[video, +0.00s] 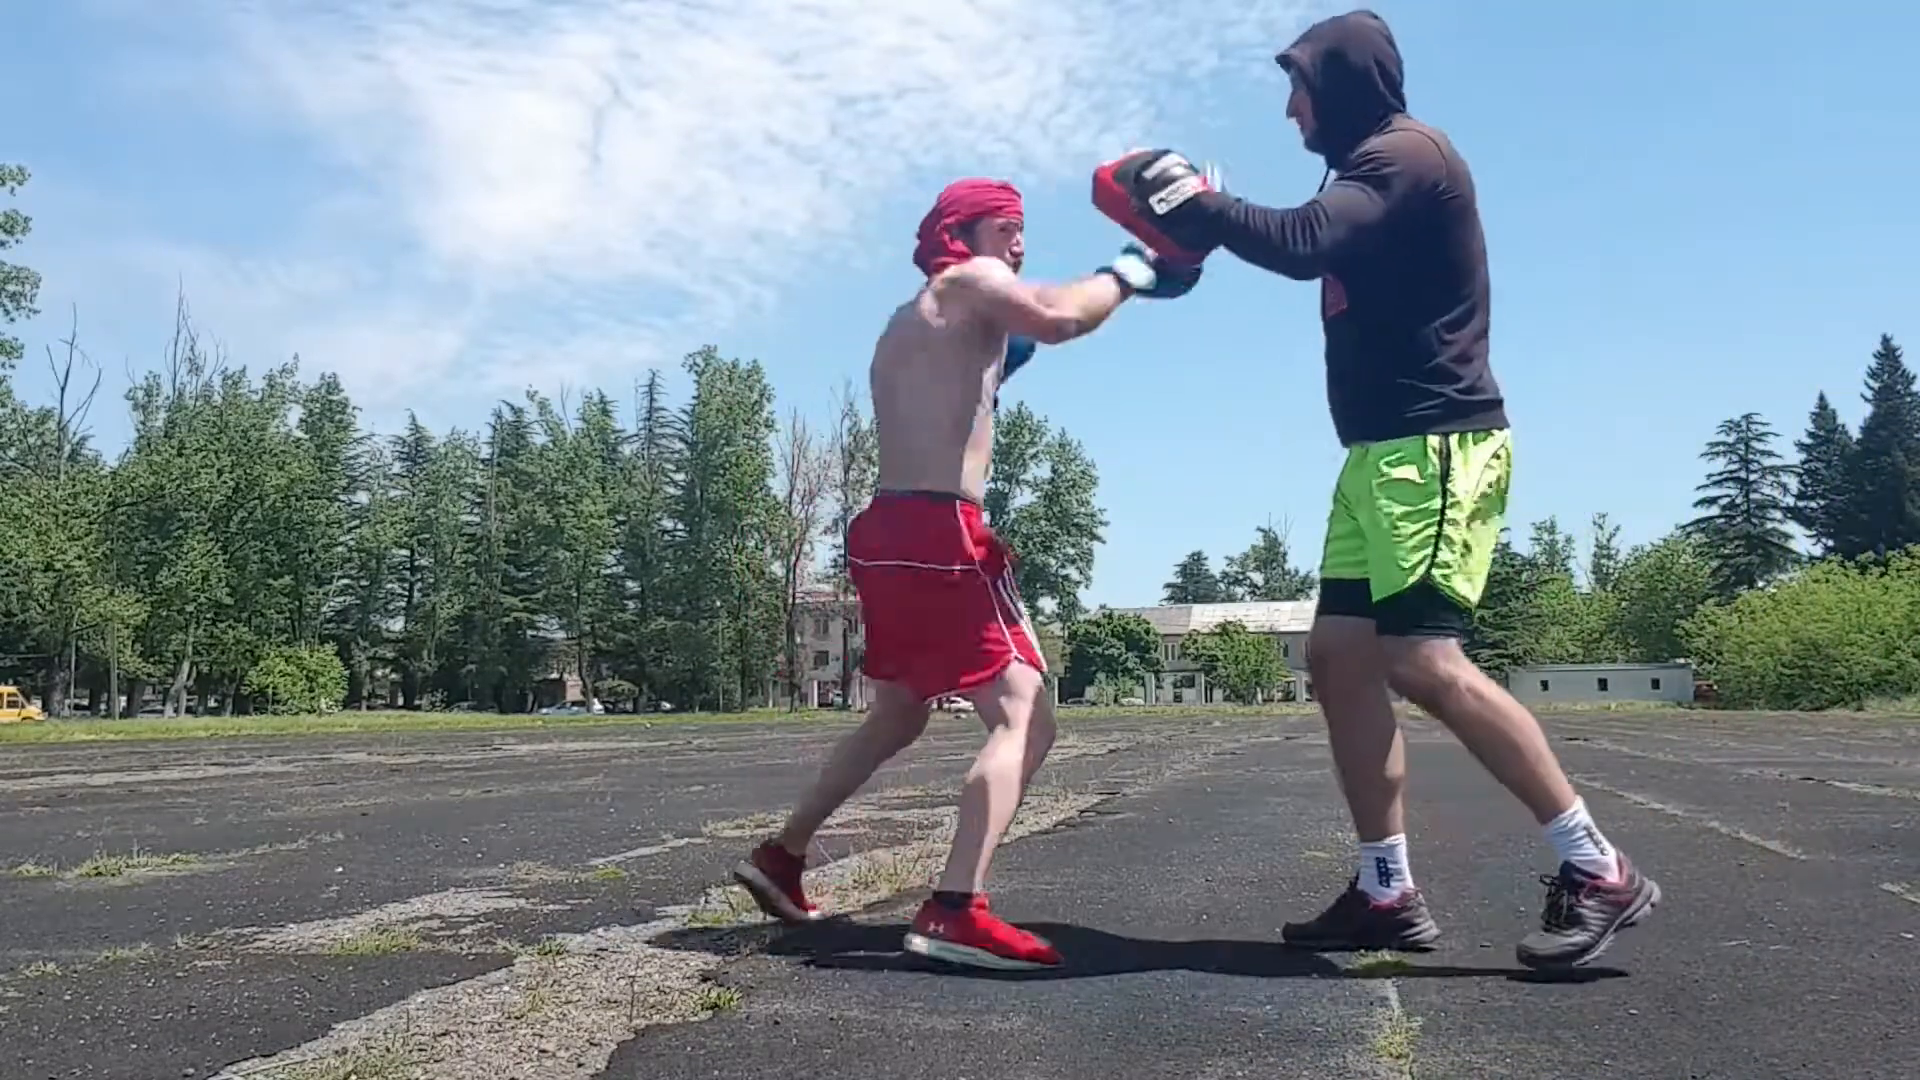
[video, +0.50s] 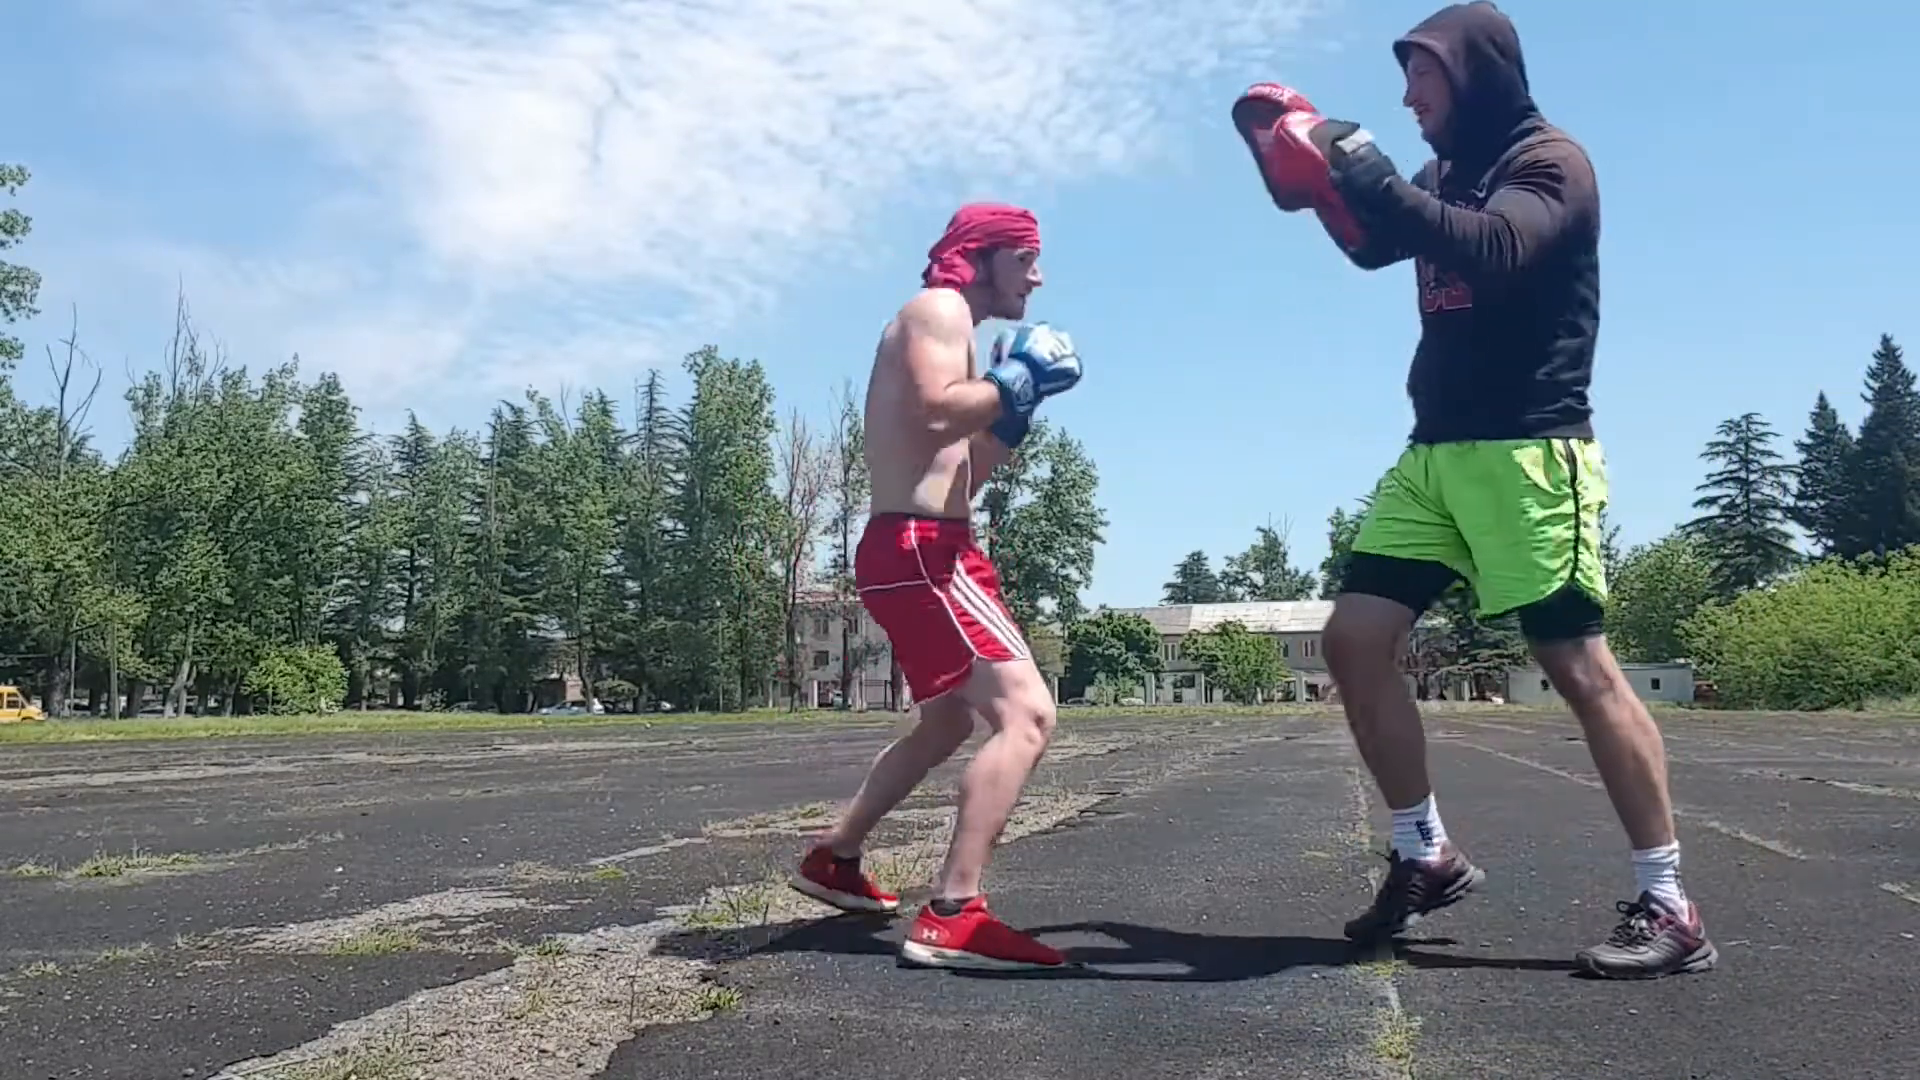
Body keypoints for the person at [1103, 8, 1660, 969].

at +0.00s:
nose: (1290, 110)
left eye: (1298, 90)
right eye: (1291, 91)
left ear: (1343, 86)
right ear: (1356, 82)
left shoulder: (1405, 155)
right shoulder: (1367, 165)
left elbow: (1303, 241)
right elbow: (1300, 245)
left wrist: (1192, 197)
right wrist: (1202, 203)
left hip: (1438, 444)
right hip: (1379, 449)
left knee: (1421, 658)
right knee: (1341, 658)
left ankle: (1598, 869)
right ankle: (1385, 894)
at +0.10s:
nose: (1322, 87)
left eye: (1331, 67)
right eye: (1325, 69)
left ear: (1370, 72)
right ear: (1393, 71)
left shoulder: (1433, 151)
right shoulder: (1384, 165)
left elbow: (1319, 229)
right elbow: (1319, 256)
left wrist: (1224, 168)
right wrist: (1223, 196)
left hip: (1445, 446)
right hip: (1377, 452)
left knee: (1469, 664)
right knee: (1348, 655)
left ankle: (1637, 873)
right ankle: (1387, 895)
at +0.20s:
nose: (1363, 81)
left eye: (1377, 62)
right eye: (1365, 64)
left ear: (1425, 67)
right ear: (1411, 71)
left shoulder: (1481, 155)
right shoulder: (1403, 172)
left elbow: (1351, 197)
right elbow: (1349, 258)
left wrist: (1293, 107)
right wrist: (1259, 203)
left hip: (1469, 460)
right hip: (1386, 462)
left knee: (1528, 674)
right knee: (1345, 660)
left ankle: (1656, 896)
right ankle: (1386, 893)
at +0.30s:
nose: (1405, 82)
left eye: (1422, 64)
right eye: (1404, 66)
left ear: (1477, 69)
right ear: (1429, 77)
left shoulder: (1530, 156)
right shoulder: (1429, 179)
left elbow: (1425, 201)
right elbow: (1373, 266)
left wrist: (1325, 149)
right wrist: (1297, 219)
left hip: (1495, 464)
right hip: (1400, 464)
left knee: (1567, 679)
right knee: (1341, 656)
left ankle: (1665, 905)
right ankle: (1384, 891)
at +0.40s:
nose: (1417, 87)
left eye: (1432, 69)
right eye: (1416, 70)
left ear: (1486, 73)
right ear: (1453, 78)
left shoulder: (1549, 168)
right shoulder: (1447, 181)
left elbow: (1493, 270)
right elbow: (1393, 262)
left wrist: (1347, 184)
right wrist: (1319, 208)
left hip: (1521, 461)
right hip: (1426, 461)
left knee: (1585, 677)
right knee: (1338, 644)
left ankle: (1671, 909)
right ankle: (1392, 867)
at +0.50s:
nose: (1410, 91)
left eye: (1422, 71)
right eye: (1407, 74)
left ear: (1475, 72)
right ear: (1433, 83)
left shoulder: (1551, 161)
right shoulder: (1441, 175)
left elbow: (1494, 250)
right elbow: (1370, 244)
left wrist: (1368, 170)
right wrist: (1302, 155)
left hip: (1533, 455)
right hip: (1434, 456)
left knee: (1583, 671)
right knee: (1357, 643)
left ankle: (1668, 904)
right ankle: (1424, 857)